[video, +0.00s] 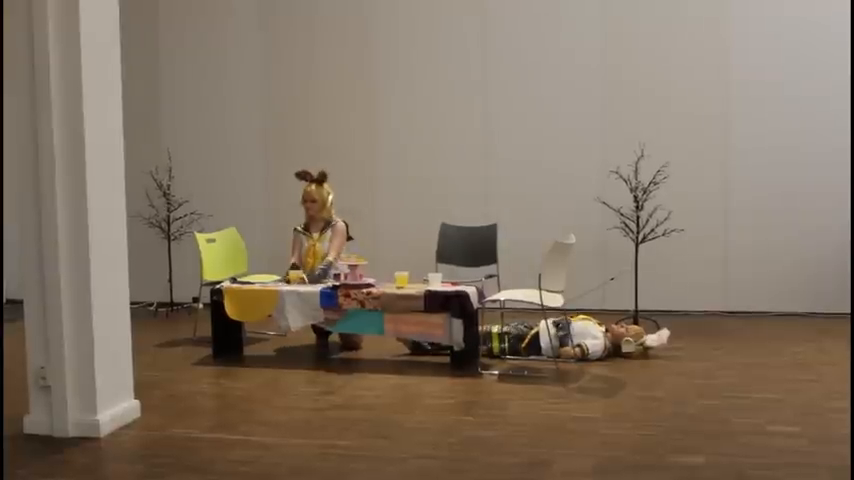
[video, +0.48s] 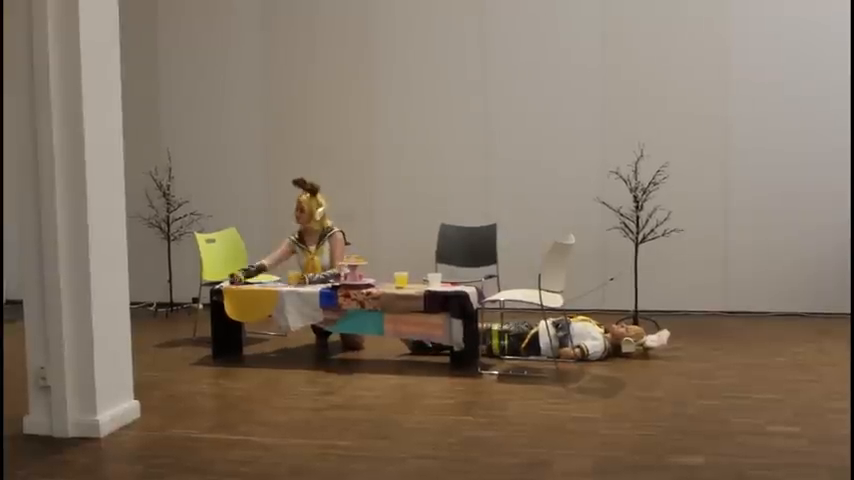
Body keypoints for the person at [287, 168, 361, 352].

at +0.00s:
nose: (307, 206)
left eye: (313, 202)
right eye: (305, 201)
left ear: (325, 203)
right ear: (301, 202)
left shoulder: (337, 227)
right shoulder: (301, 230)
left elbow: (333, 255)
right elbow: (295, 258)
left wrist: (317, 275)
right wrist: (292, 274)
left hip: (334, 285)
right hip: (308, 286)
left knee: (353, 342)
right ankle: (320, 336)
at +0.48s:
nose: (296, 215)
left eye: (301, 211)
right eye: (296, 210)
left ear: (315, 213)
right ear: (296, 211)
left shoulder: (334, 236)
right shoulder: (296, 240)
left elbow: (338, 270)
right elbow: (271, 261)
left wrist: (308, 279)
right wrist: (246, 273)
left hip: (338, 295)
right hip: (312, 298)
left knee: (354, 343)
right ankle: (321, 338)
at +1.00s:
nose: (313, 216)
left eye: (318, 211)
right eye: (309, 211)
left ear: (329, 212)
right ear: (305, 212)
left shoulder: (342, 235)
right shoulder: (299, 238)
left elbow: (340, 270)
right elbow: (291, 273)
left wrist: (310, 279)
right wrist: (283, 266)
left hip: (338, 293)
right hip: (310, 295)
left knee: (354, 343)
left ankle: (348, 333)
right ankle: (321, 338)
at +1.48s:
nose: (315, 212)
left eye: (321, 208)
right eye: (312, 207)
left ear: (332, 209)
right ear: (308, 207)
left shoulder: (343, 234)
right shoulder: (301, 234)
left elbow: (338, 269)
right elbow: (291, 270)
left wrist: (307, 279)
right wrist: (290, 278)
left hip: (337, 291)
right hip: (310, 293)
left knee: (353, 344)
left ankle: (347, 336)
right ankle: (319, 339)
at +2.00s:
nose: (306, 212)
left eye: (311, 208)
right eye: (303, 208)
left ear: (323, 208)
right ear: (300, 209)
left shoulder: (337, 230)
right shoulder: (303, 237)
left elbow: (340, 267)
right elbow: (298, 271)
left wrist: (316, 277)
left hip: (340, 288)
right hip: (314, 291)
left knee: (355, 343)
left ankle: (347, 332)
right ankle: (321, 337)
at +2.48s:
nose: (316, 206)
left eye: (322, 203)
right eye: (313, 202)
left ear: (333, 208)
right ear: (309, 205)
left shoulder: (345, 235)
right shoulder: (306, 231)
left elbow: (342, 272)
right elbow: (291, 260)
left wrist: (315, 279)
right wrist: (302, 229)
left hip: (339, 292)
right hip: (312, 293)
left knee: (354, 343)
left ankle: (345, 334)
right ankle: (320, 338)